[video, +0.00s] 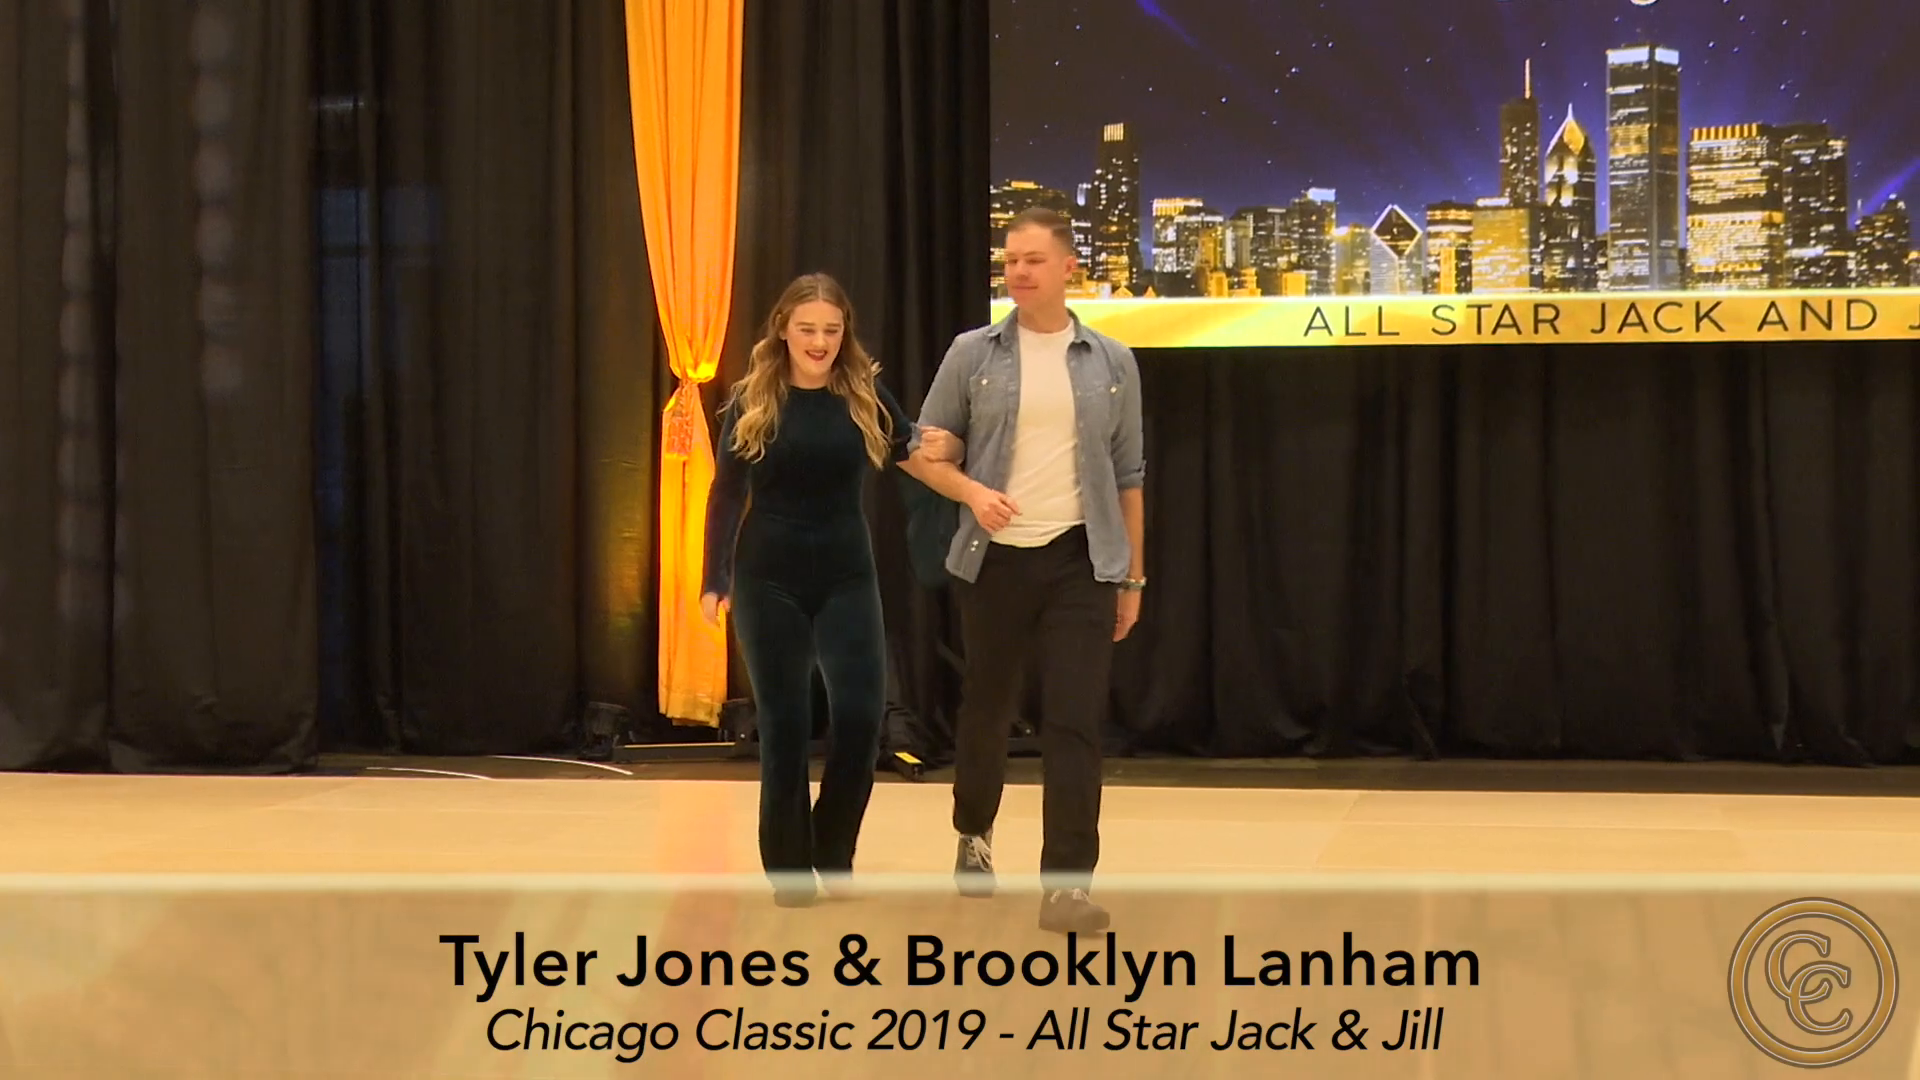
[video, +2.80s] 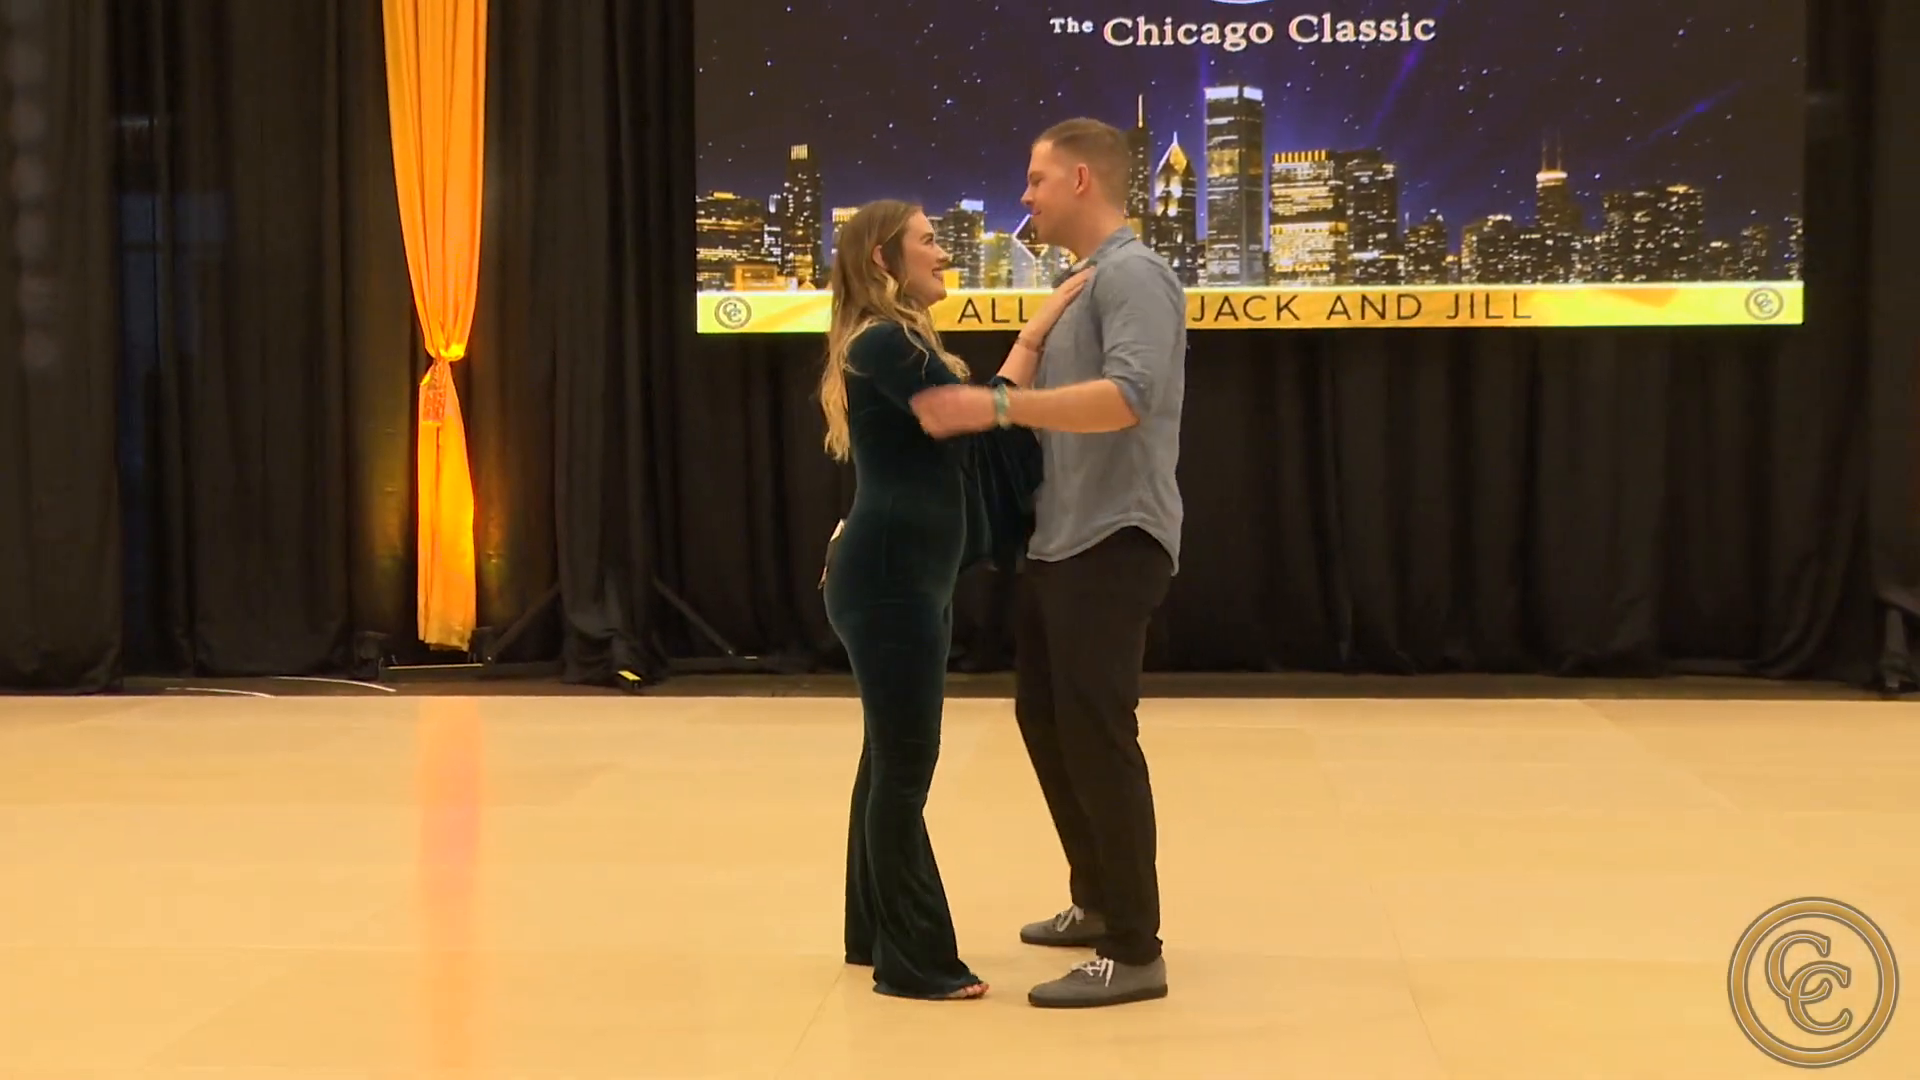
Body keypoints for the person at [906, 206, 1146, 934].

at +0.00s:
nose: (1016, 272)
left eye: (1031, 260)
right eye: (1010, 261)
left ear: (1069, 268)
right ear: (1004, 269)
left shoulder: (1114, 360)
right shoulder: (972, 352)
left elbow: (1129, 478)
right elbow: (922, 455)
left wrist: (1131, 577)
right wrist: (970, 491)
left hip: (1084, 558)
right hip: (997, 559)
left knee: (1075, 723)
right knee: (990, 709)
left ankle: (1069, 886)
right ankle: (973, 838)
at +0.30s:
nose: (1084, 246)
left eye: (1095, 233)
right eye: (1069, 234)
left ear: (1112, 242)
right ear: (1044, 245)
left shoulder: (1152, 338)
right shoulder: (1006, 333)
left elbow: (1186, 438)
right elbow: (944, 442)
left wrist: (1203, 519)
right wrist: (995, 476)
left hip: (1126, 548)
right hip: (1038, 547)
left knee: (1093, 719)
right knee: (1054, 706)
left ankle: (1057, 886)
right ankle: (1045, 889)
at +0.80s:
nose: (1115, 222)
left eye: (1130, 207)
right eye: (1101, 209)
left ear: (1163, 211)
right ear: (1085, 216)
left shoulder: (1206, 316)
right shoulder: (1054, 310)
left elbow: (1232, 444)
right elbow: (972, 410)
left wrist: (1247, 559)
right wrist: (987, 495)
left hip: (1194, 544)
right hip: (1093, 546)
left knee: (1214, 724)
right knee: (1097, 737)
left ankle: (1186, 908)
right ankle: (1110, 916)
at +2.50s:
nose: (1026, 201)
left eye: (1039, 185)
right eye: (1026, 187)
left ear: (1095, 189)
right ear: (1071, 193)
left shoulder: (1163, 287)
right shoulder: (1053, 299)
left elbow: (1204, 421)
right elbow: (1021, 423)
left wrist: (1160, 538)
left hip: (1127, 553)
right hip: (1048, 551)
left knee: (1137, 747)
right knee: (1077, 743)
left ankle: (1171, 954)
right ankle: (1112, 917)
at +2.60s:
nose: (1025, 202)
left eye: (1038, 185)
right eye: (1027, 187)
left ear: (1091, 189)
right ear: (1071, 190)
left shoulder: (1154, 282)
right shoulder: (1058, 293)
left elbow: (1183, 416)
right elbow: (1029, 417)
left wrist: (1107, 509)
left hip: (1125, 549)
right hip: (1054, 547)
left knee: (1123, 743)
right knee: (1074, 739)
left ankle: (1157, 963)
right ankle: (1113, 912)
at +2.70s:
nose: (1026, 201)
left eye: (1037, 184)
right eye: (1028, 185)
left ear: (1087, 187)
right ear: (1082, 187)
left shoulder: (1142, 276)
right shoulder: (1069, 294)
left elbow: (1157, 405)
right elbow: (1044, 419)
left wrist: (1043, 459)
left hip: (1121, 540)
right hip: (1063, 541)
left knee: (1106, 734)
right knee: (1066, 729)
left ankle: (1144, 961)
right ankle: (1106, 909)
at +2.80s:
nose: (1025, 196)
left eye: (1035, 179)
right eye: (1028, 180)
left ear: (1080, 180)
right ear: (1080, 182)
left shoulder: (1133, 273)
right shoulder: (1081, 288)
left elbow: (1132, 397)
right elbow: (1046, 402)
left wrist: (997, 405)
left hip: (1112, 539)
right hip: (1063, 540)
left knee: (1095, 727)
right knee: (1044, 717)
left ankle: (1135, 953)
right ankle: (1100, 907)